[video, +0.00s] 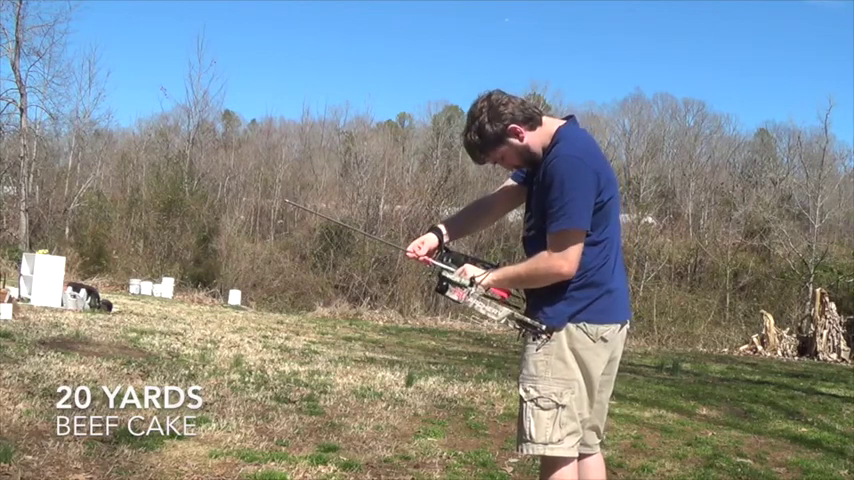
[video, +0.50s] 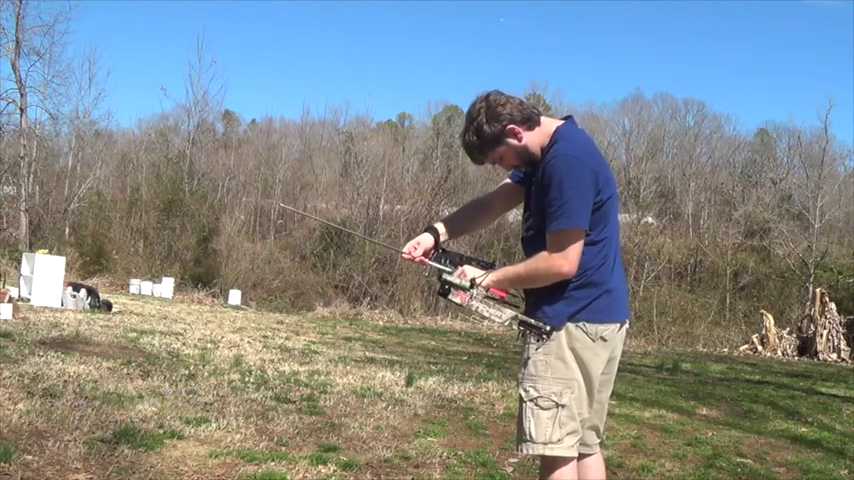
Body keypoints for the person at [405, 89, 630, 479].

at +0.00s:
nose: (503, 166)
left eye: (499, 158)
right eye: (496, 162)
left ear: (516, 132)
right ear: (518, 127)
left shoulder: (568, 160)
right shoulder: (558, 148)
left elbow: (562, 263)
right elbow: (498, 202)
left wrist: (491, 277)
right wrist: (440, 234)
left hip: (572, 319)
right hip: (592, 316)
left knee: (558, 449)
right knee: (586, 445)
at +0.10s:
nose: (502, 166)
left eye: (498, 158)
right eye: (495, 162)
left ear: (515, 132)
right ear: (518, 127)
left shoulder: (568, 159)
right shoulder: (558, 148)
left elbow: (563, 263)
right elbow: (497, 202)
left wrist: (491, 277)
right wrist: (441, 234)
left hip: (572, 318)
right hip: (592, 315)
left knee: (558, 449)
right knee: (586, 445)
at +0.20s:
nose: (502, 166)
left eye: (498, 158)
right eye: (495, 162)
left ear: (515, 131)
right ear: (518, 128)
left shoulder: (568, 159)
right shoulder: (556, 148)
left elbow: (562, 263)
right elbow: (497, 202)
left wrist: (490, 277)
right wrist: (441, 235)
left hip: (573, 318)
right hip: (592, 315)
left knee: (558, 448)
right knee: (585, 445)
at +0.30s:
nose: (503, 166)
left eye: (498, 159)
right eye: (496, 163)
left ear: (515, 132)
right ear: (517, 127)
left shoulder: (567, 159)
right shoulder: (557, 148)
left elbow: (562, 262)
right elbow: (497, 203)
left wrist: (490, 277)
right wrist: (439, 235)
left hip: (572, 319)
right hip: (590, 316)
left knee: (557, 449)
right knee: (585, 445)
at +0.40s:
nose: (503, 166)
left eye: (499, 159)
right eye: (496, 163)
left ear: (514, 132)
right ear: (516, 127)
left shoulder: (566, 159)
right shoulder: (557, 148)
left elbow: (562, 263)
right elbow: (496, 202)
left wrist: (489, 278)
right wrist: (436, 233)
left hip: (572, 319)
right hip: (591, 316)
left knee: (557, 449)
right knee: (585, 445)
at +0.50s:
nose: (502, 166)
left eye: (498, 159)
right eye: (495, 163)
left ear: (514, 132)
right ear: (515, 127)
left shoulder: (566, 159)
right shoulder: (556, 149)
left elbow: (563, 263)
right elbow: (495, 202)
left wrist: (490, 278)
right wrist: (437, 234)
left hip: (572, 319)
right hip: (591, 315)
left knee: (557, 449)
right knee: (585, 444)